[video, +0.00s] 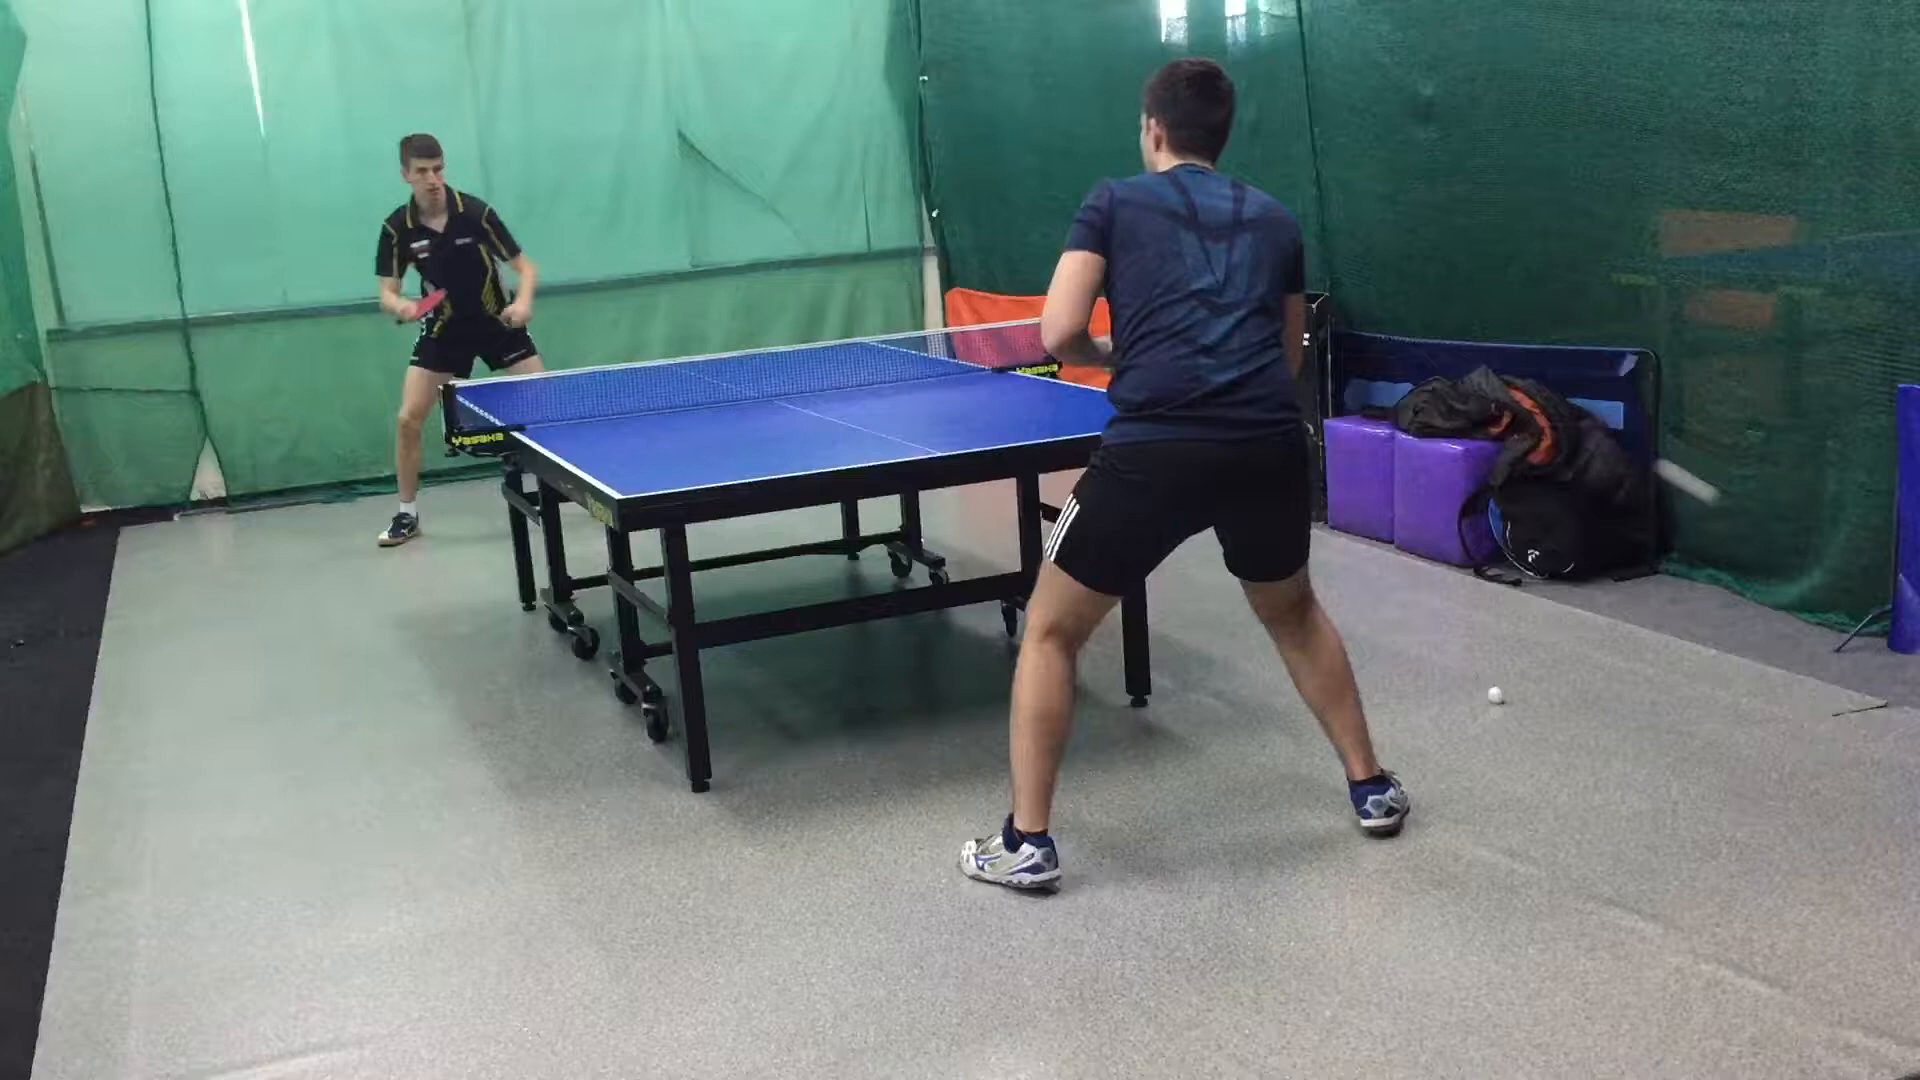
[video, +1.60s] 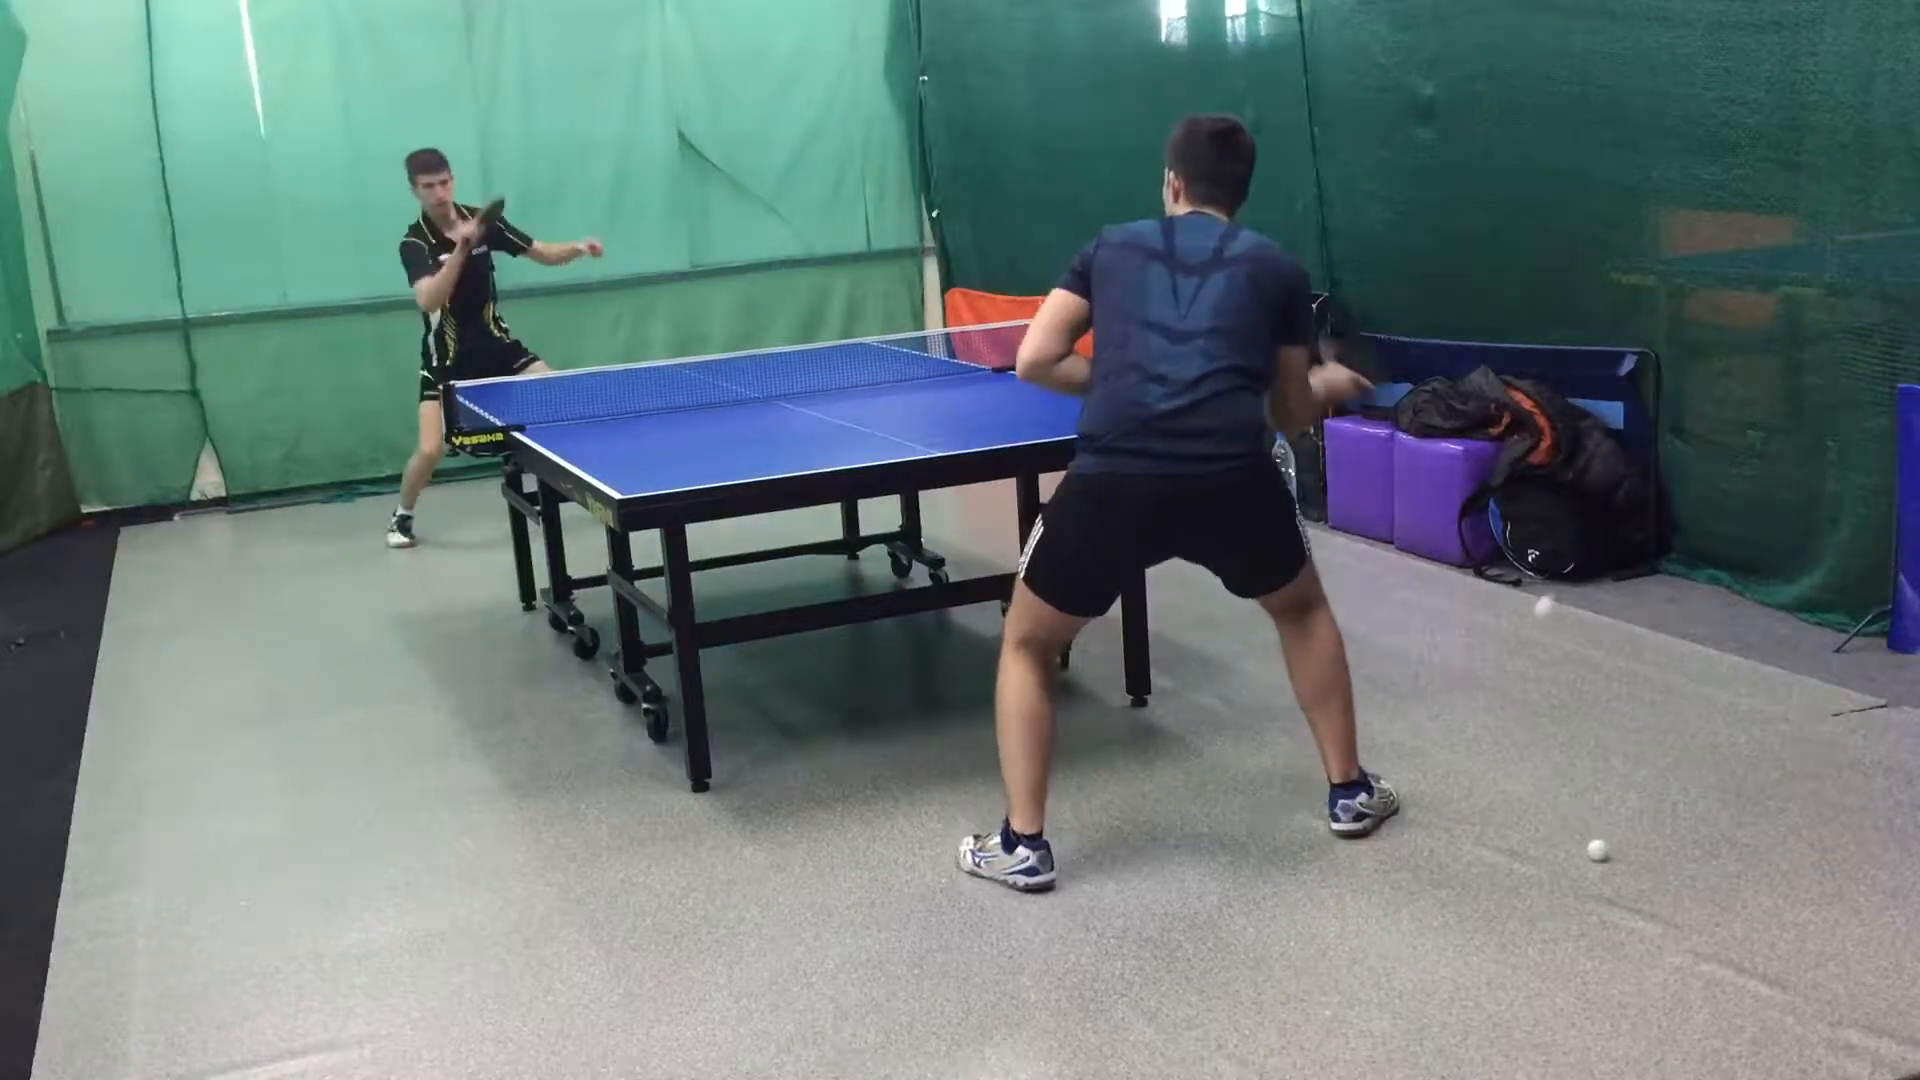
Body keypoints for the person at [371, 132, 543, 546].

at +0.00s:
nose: (434, 179)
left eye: (438, 170)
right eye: (423, 173)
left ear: (445, 169)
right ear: (406, 175)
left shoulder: (476, 212)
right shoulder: (398, 228)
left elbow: (524, 266)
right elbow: (388, 295)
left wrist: (524, 301)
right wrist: (404, 307)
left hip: (494, 320)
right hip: (443, 328)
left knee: (542, 401)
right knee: (409, 419)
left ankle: (531, 479)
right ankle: (407, 513)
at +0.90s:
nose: (425, 208)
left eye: (429, 198)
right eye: (414, 203)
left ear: (436, 190)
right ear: (400, 204)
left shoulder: (474, 226)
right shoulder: (407, 254)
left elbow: (513, 288)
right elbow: (417, 321)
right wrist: (405, 345)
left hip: (513, 319)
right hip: (465, 331)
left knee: (560, 394)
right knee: (430, 416)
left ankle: (570, 479)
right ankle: (440, 507)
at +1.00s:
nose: (402, 234)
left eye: (408, 223)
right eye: (393, 228)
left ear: (419, 213)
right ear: (382, 227)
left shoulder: (454, 250)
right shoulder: (403, 272)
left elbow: (475, 316)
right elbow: (412, 343)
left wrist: (430, 361)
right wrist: (374, 383)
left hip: (523, 345)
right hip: (474, 349)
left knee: (544, 422)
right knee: (427, 415)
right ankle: (438, 508)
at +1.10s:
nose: (385, 248)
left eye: (390, 237)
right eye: (375, 242)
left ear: (402, 226)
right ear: (367, 240)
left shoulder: (431, 259)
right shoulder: (400, 281)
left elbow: (452, 317)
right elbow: (416, 352)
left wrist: (404, 347)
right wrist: (365, 392)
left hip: (518, 354)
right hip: (471, 354)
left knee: (540, 431)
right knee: (414, 418)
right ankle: (438, 508)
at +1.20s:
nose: (375, 238)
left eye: (378, 226)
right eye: (365, 232)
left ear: (393, 216)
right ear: (359, 233)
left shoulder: (431, 245)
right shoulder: (393, 276)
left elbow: (485, 270)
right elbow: (407, 343)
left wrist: (456, 299)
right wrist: (361, 378)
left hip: (510, 351)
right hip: (460, 354)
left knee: (529, 430)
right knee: (411, 427)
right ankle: (438, 508)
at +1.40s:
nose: (396, 192)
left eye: (400, 182)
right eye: (388, 187)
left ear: (416, 177)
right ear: (382, 193)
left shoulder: (461, 208)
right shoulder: (390, 230)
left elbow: (527, 228)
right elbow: (410, 253)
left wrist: (547, 216)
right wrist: (443, 205)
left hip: (497, 335)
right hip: (444, 351)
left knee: (552, 395)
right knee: (426, 440)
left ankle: (552, 475)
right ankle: (428, 506)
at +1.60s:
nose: (438, 192)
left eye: (443, 183)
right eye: (428, 187)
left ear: (452, 181)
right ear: (414, 192)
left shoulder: (481, 221)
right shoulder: (415, 242)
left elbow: (543, 253)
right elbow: (429, 301)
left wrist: (577, 248)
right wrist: (460, 250)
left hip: (494, 343)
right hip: (445, 356)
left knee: (560, 393)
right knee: (430, 449)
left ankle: (529, 476)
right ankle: (404, 514)